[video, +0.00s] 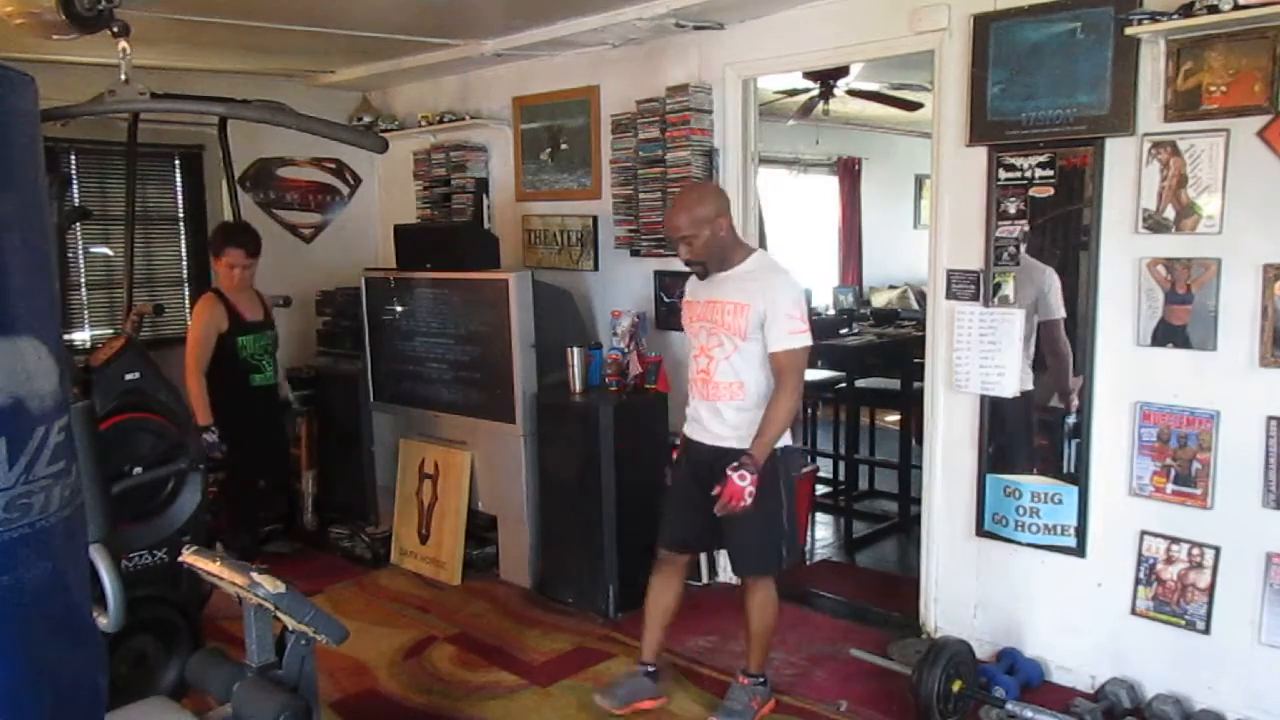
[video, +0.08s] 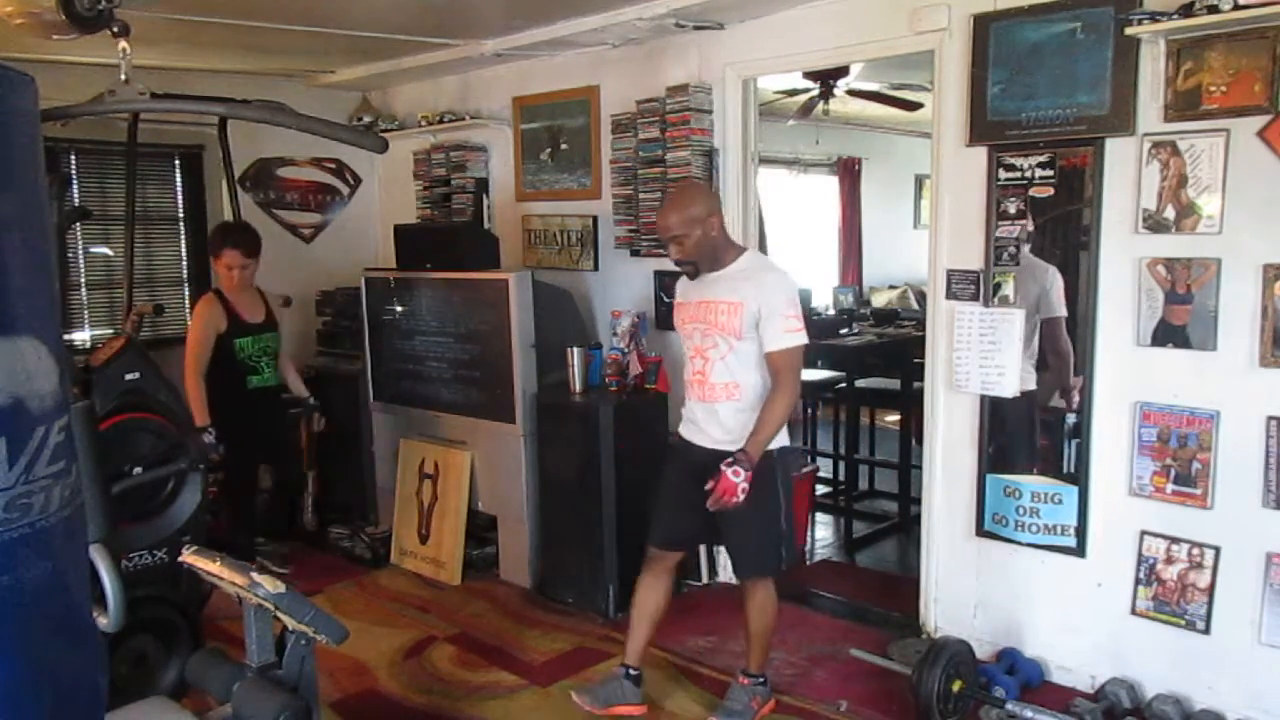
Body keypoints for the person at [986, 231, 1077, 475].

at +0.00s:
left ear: (990, 229)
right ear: (1026, 232)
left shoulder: (973, 266)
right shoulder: (1041, 276)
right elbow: (1055, 346)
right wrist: (1066, 391)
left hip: (969, 392)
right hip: (1013, 396)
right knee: (1016, 475)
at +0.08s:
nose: (1028, 226)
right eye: (1027, 220)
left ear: (991, 226)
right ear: (1029, 226)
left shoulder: (975, 265)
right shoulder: (1044, 275)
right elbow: (1056, 344)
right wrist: (1067, 387)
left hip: (971, 393)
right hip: (1016, 397)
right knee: (1018, 478)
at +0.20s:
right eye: (1033, 227)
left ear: (998, 229)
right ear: (1033, 235)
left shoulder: (982, 263)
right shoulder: (1049, 273)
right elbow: (1060, 342)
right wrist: (1065, 388)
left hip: (975, 390)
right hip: (1019, 392)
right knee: (1018, 473)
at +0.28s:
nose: (1039, 241)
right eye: (1038, 237)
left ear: (1004, 236)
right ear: (1037, 240)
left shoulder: (988, 267)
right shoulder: (1049, 273)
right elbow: (1061, 344)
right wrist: (1059, 394)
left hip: (980, 389)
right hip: (1022, 391)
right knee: (1020, 470)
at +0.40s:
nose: (1036, 247)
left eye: (1036, 242)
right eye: (1039, 242)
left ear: (1017, 243)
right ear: (1043, 244)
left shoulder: (999, 273)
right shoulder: (1050, 275)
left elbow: (985, 328)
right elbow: (1054, 340)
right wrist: (1060, 395)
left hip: (995, 390)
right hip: (1031, 393)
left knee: (998, 469)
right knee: (1025, 470)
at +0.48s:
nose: (1047, 248)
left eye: (1045, 244)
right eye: (1047, 244)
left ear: (1019, 247)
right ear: (1047, 247)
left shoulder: (1004, 275)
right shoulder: (1051, 276)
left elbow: (992, 329)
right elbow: (1050, 334)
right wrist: (1061, 387)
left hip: (1000, 393)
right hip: (1035, 394)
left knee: (1005, 469)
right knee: (1037, 475)